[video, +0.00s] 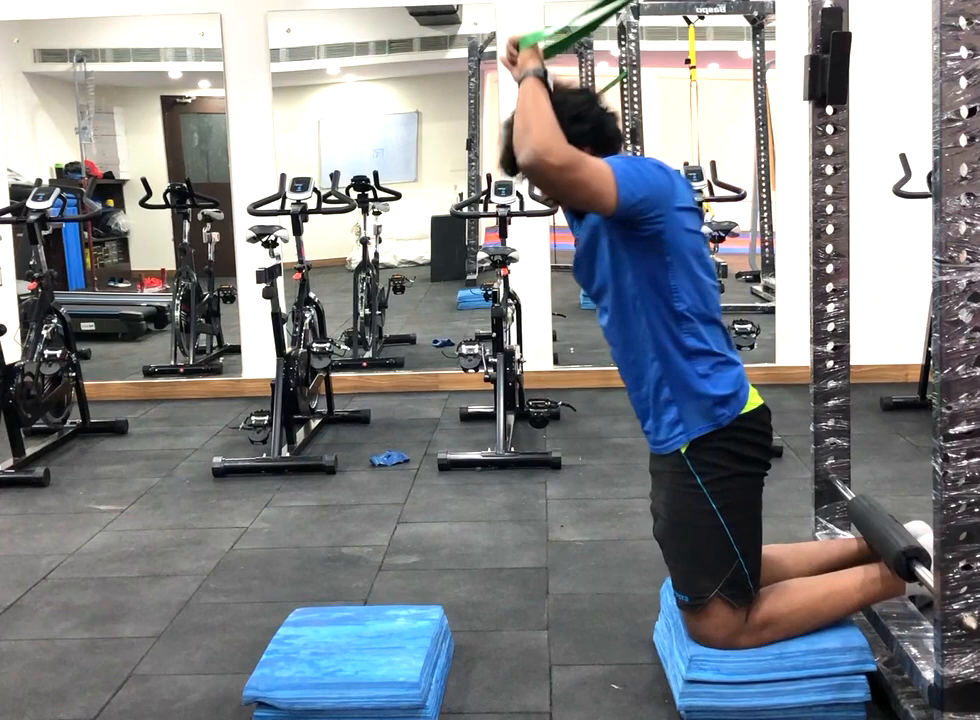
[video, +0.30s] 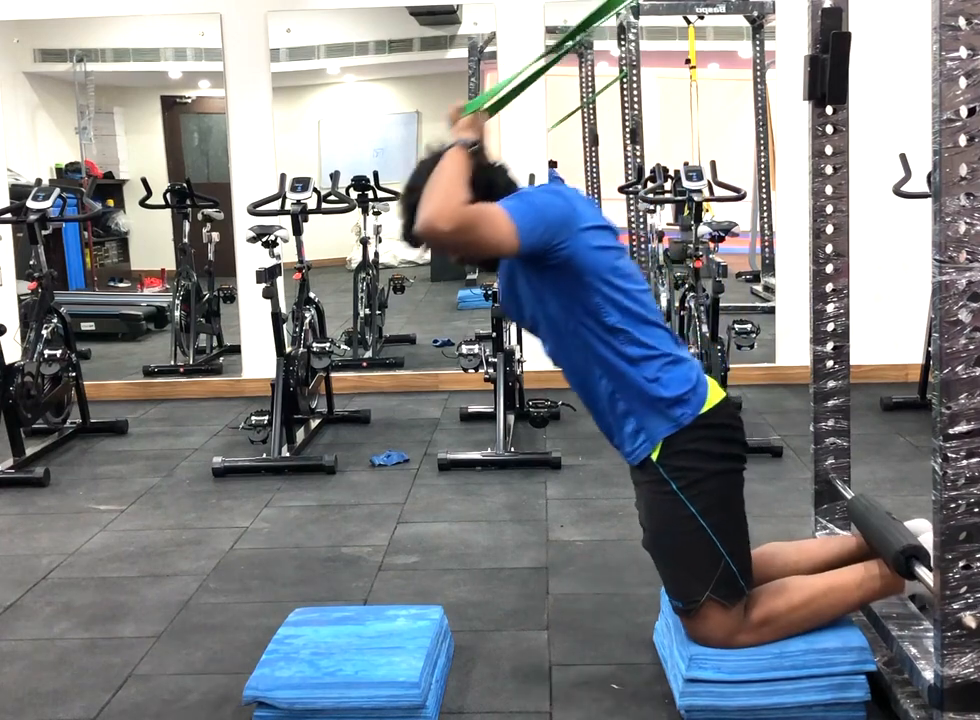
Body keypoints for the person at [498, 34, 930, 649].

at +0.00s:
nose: (534, 189)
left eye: (534, 170)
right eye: (525, 176)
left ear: (569, 149)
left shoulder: (648, 184)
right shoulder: (602, 211)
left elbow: (544, 158)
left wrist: (528, 73)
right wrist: (526, 79)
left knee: (722, 624)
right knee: (718, 582)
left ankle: (898, 577)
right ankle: (873, 545)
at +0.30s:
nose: (438, 228)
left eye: (442, 213)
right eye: (432, 219)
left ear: (477, 196)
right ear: (482, 201)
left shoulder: (551, 207)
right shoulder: (524, 254)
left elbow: (437, 223)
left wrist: (460, 146)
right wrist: (461, 147)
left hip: (683, 431)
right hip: (660, 438)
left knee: (721, 624)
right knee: (718, 585)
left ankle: (903, 572)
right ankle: (869, 542)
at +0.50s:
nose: (382, 299)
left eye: (379, 280)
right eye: (373, 283)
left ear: (399, 263)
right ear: (420, 243)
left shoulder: (483, 249)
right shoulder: (467, 291)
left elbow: (365, 285)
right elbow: (380, 281)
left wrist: (372, 201)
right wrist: (380, 204)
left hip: (663, 439)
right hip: (645, 444)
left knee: (720, 626)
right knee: (718, 586)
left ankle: (902, 571)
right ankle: (865, 539)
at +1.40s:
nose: (264, 535)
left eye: (257, 523)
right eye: (257, 522)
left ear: (271, 492)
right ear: (276, 465)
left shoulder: (324, 459)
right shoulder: (335, 451)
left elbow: (225, 560)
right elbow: (266, 538)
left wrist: (179, 498)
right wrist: (206, 486)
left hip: (576, 487)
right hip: (576, 466)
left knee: (723, 626)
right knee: (716, 583)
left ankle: (895, 565)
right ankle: (865, 533)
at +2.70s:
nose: (372, 330)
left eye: (371, 317)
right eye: (368, 319)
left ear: (391, 298)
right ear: (404, 283)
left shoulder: (470, 279)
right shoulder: (463, 287)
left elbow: (352, 344)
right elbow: (361, 345)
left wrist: (279, 289)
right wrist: (299, 289)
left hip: (670, 436)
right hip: (663, 431)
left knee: (725, 624)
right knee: (719, 583)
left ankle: (905, 569)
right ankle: (868, 538)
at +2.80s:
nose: (406, 307)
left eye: (405, 293)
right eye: (398, 298)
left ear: (427, 268)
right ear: (439, 247)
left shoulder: (503, 254)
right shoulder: (492, 271)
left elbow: (382, 319)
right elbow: (395, 307)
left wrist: (312, 257)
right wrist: (330, 258)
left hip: (686, 434)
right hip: (682, 427)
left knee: (727, 625)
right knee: (723, 580)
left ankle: (900, 569)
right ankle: (862, 538)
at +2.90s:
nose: (433, 273)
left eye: (433, 261)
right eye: (422, 262)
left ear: (457, 234)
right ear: (469, 220)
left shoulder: (530, 235)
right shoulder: (525, 239)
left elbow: (412, 283)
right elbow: (420, 272)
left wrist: (339, 219)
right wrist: (355, 225)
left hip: (698, 437)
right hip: (692, 427)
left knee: (726, 624)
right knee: (730, 573)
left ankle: (903, 570)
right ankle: (865, 542)